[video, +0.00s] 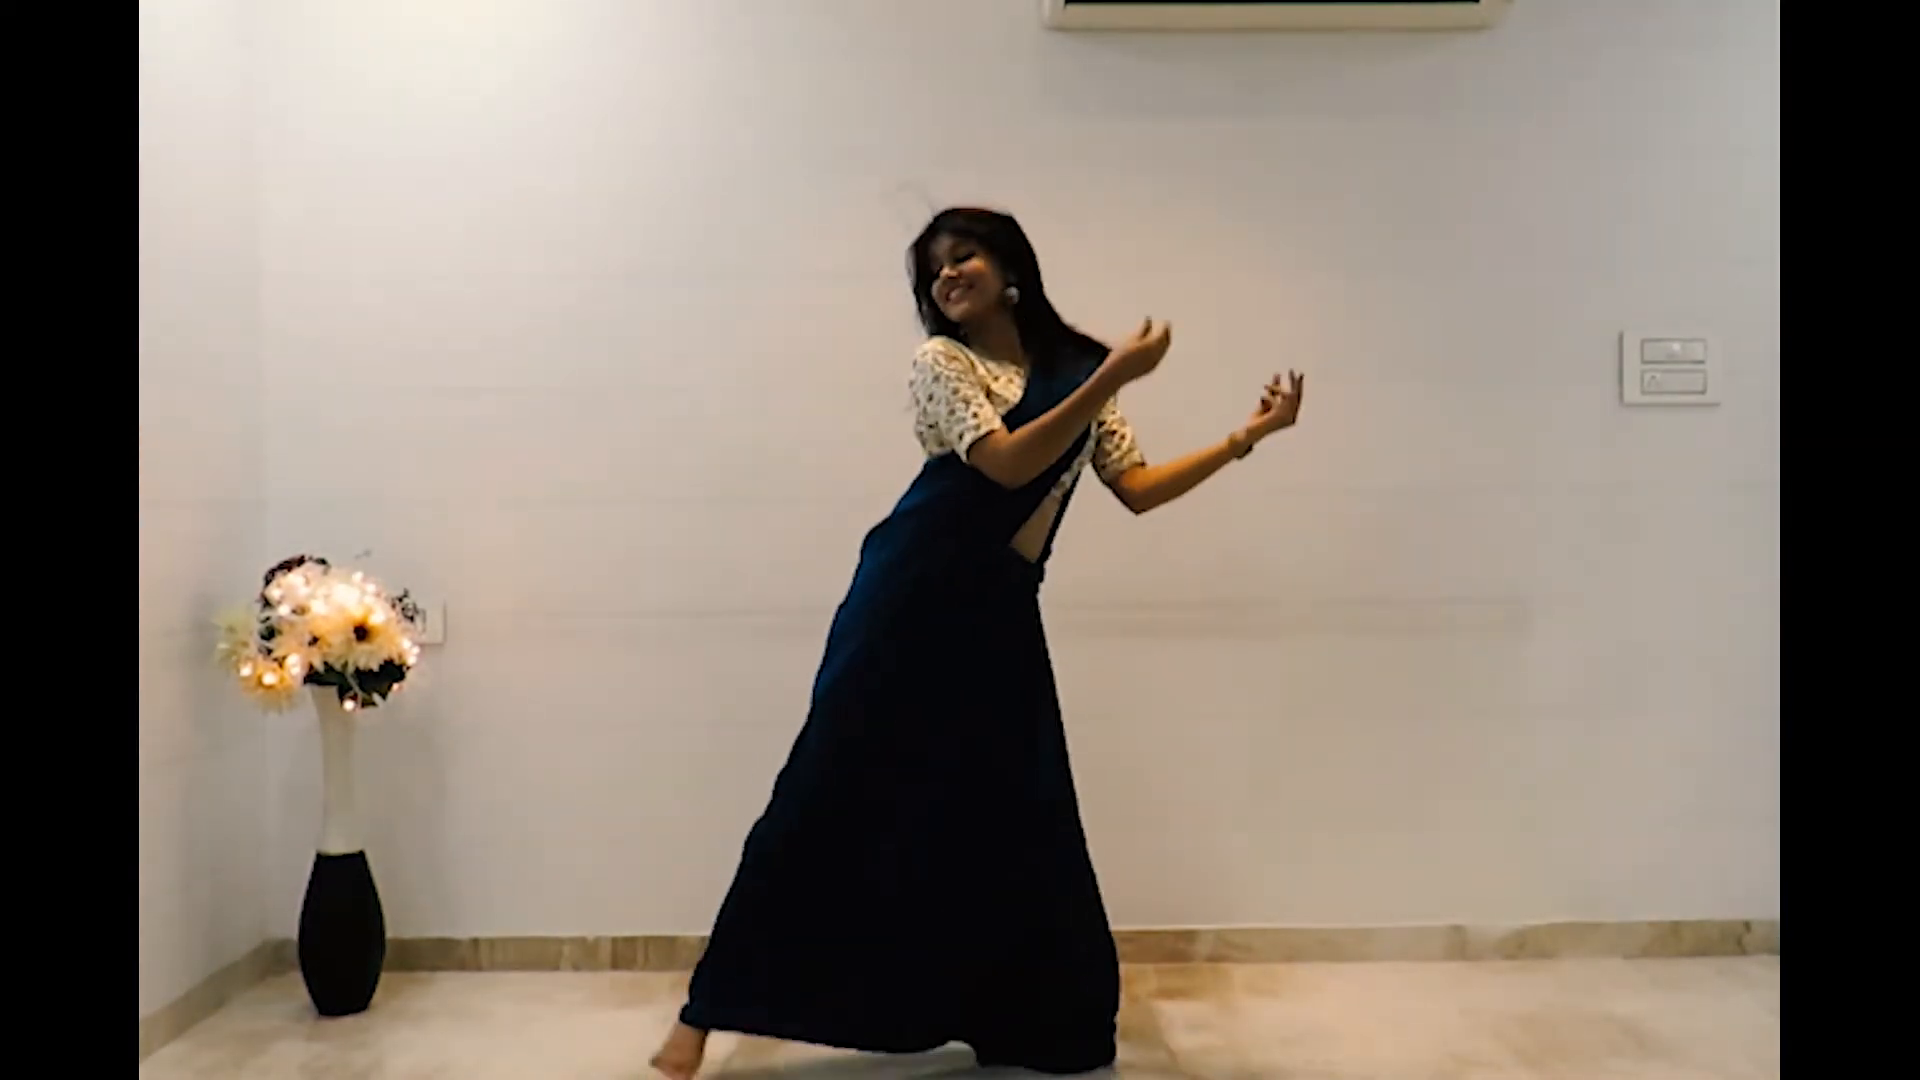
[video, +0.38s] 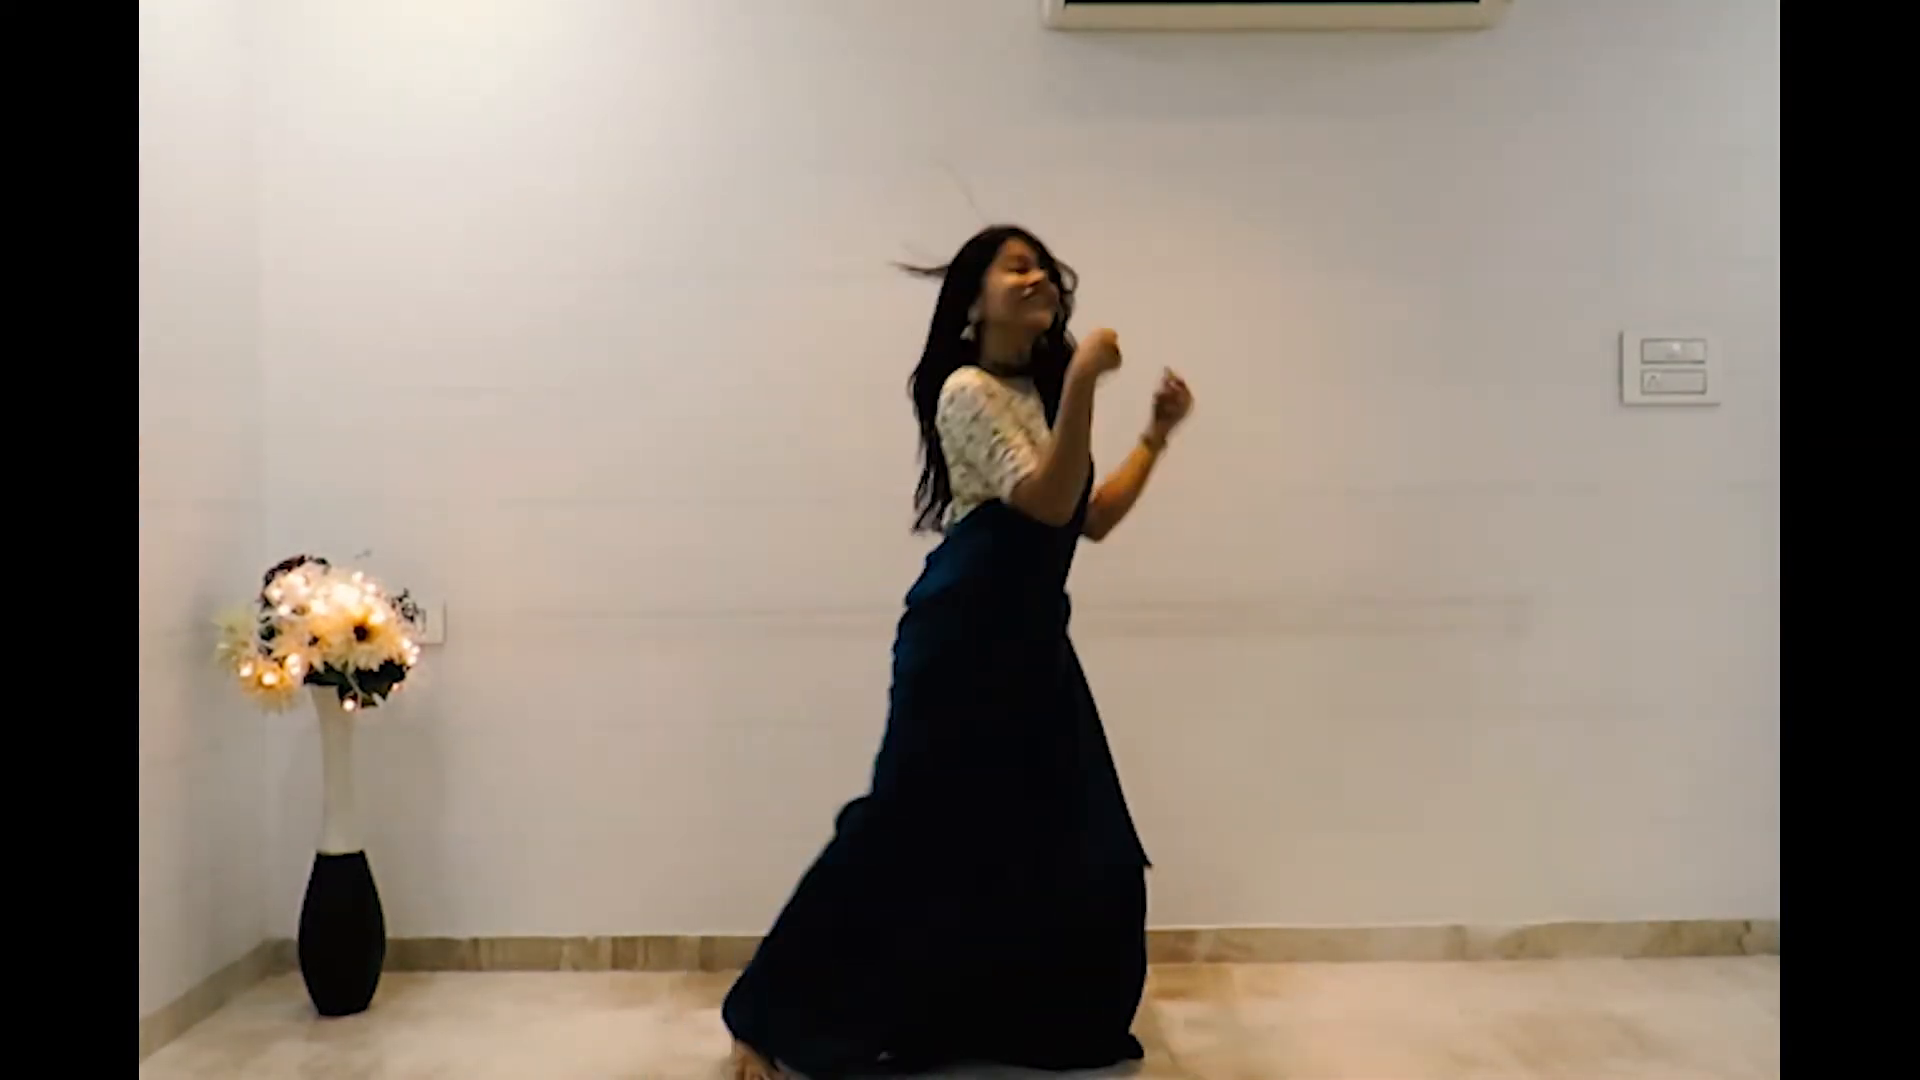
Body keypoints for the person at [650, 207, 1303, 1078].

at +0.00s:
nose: (948, 273)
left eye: (964, 256)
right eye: (935, 269)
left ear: (1012, 268)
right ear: (932, 294)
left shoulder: (1080, 372)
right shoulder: (940, 363)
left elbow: (1138, 488)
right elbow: (1006, 460)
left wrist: (1242, 438)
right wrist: (1112, 374)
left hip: (999, 613)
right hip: (905, 599)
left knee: (1021, 809)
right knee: (819, 797)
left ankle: (1021, 1026)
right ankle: (698, 1014)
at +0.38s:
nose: (1038, 278)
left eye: (1047, 270)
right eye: (1015, 266)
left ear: (1056, 304)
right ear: (972, 299)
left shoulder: (1047, 399)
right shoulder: (966, 391)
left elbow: (1097, 517)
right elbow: (1047, 497)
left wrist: (1156, 435)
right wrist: (1079, 379)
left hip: (1033, 633)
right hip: (962, 630)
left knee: (1086, 831)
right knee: (912, 822)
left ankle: (1066, 1023)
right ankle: (767, 1014)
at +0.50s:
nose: (1080, 230)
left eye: (1069, 218)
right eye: (1061, 223)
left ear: (1031, 262)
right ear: (1029, 258)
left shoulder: (1055, 331)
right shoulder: (1034, 336)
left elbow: (1136, 379)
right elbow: (1148, 382)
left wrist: (1130, 315)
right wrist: (1127, 309)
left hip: (1053, 597)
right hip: (1015, 597)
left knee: (1072, 790)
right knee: (1029, 796)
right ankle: (894, 970)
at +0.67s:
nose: (1129, 261)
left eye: (1118, 250)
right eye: (1115, 256)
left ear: (1051, 305)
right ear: (1094, 290)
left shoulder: (1026, 390)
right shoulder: (1134, 384)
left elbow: (983, 484)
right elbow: (1231, 495)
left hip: (1040, 664)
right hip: (1115, 673)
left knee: (1048, 831)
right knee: (1207, 827)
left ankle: (1019, 1014)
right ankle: (1176, 1020)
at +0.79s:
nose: (1156, 293)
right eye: (1153, 278)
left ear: (1061, 291)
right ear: (1156, 285)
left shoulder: (1050, 386)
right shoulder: (1198, 380)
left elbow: (971, 479)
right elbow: (1295, 484)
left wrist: (1035, 404)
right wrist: (1385, 416)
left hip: (1075, 639)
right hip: (1176, 641)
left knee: (1087, 820)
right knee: (1226, 826)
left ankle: (1024, 1013)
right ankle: (1234, 1032)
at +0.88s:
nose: (1175, 227)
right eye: (1170, 211)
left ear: (1071, 238)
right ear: (1172, 230)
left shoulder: (1038, 343)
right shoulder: (1216, 333)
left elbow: (969, 427)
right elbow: (1345, 421)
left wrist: (922, 399)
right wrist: (1477, 403)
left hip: (1084, 632)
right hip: (1199, 631)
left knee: (1067, 803)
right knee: (1222, 823)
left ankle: (1035, 1003)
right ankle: (1262, 1039)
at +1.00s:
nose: (1081, 244)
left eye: (1086, 229)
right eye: (1084, 228)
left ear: (1105, 233)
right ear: (1199, 220)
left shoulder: (1070, 319)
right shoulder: (1245, 321)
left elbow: (955, 380)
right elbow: (1376, 409)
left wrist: (839, 420)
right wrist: (1522, 444)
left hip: (1109, 574)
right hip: (1226, 577)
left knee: (1085, 785)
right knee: (1248, 793)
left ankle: (1044, 1012)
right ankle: (1289, 1035)